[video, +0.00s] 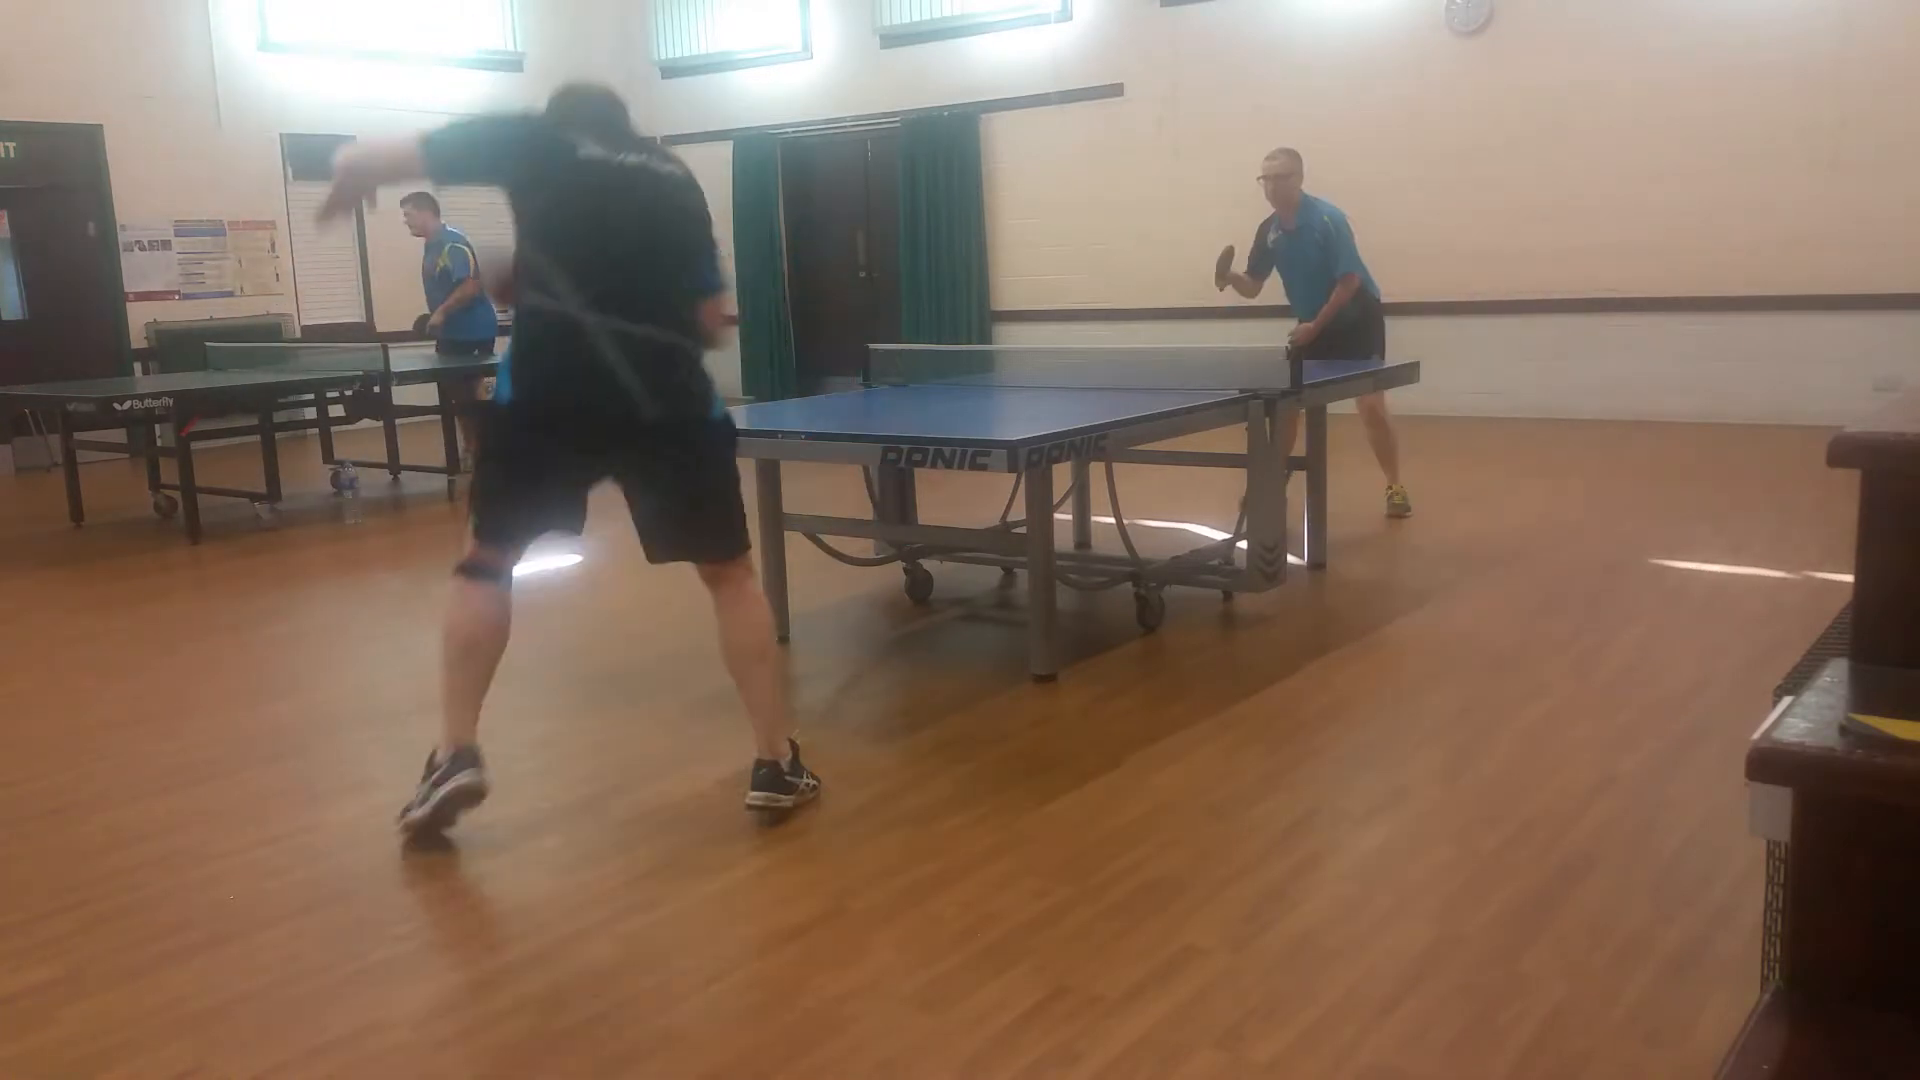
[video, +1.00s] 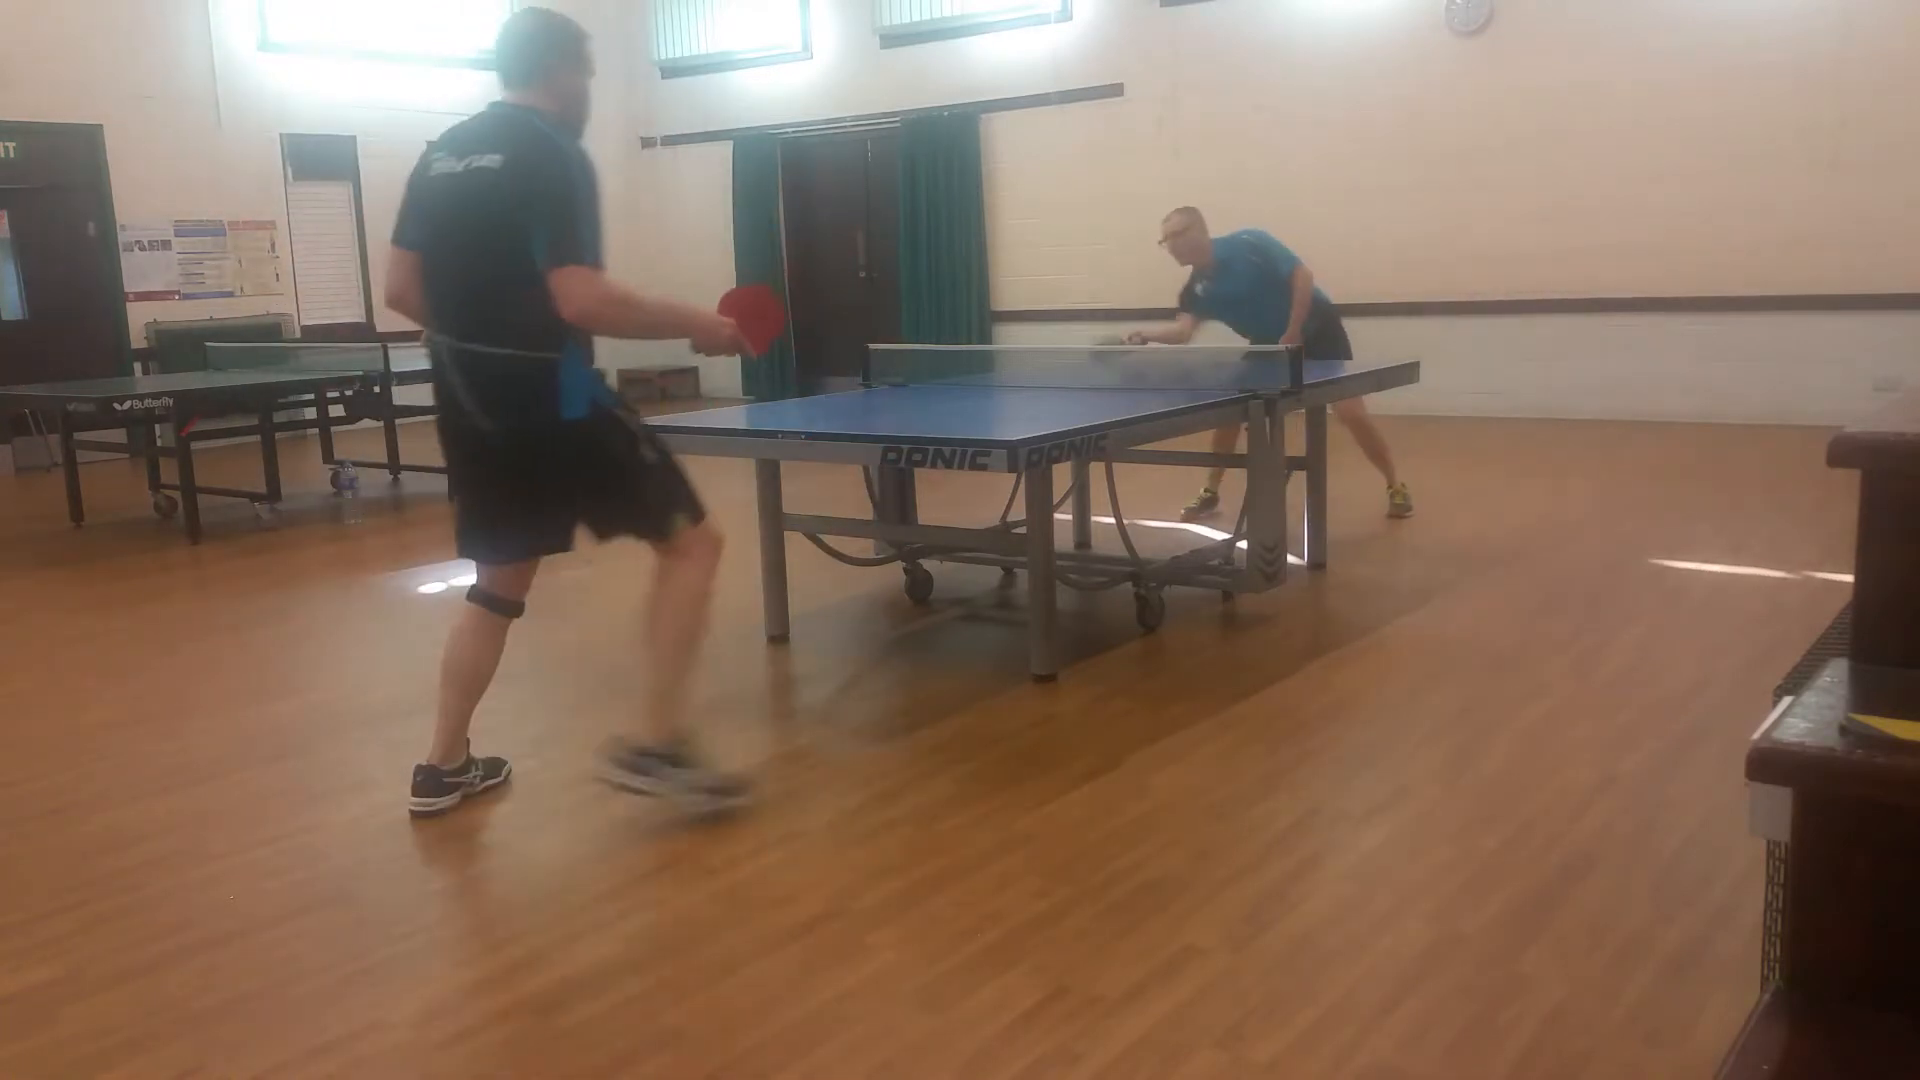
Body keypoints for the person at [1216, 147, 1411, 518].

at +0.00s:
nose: (1268, 187)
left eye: (1276, 179)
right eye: (1264, 180)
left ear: (1296, 179)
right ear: (1261, 184)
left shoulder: (1328, 219)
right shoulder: (1269, 231)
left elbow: (1350, 281)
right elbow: (1251, 287)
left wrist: (1314, 326)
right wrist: (1231, 275)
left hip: (1357, 316)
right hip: (1312, 322)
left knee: (1370, 406)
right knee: (1286, 404)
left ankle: (1394, 485)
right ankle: (1271, 488)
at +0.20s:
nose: (1271, 189)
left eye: (1279, 181)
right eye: (1267, 182)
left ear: (1301, 181)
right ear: (1265, 185)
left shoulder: (1333, 222)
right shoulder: (1273, 231)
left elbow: (1354, 283)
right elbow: (1259, 289)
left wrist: (1324, 332)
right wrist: (1231, 284)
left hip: (1357, 317)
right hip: (1313, 322)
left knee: (1370, 406)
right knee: (1285, 403)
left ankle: (1394, 486)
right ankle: (1270, 488)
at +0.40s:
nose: (1263, 190)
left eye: (1270, 181)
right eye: (1259, 183)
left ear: (1292, 181)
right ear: (1258, 187)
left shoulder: (1330, 221)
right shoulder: (1269, 236)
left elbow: (1354, 284)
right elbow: (1260, 296)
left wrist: (1325, 333)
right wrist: (1224, 304)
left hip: (1356, 319)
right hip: (1310, 325)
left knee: (1368, 408)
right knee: (1280, 406)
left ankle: (1394, 485)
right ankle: (1267, 489)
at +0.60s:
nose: (1237, 210)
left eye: (1243, 201)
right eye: (1234, 203)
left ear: (1268, 199)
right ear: (1235, 207)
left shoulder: (1312, 228)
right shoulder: (1259, 255)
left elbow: (1348, 285)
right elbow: (1268, 314)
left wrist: (1322, 336)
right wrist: (1235, 318)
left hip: (1351, 323)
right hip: (1306, 330)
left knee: (1365, 414)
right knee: (1265, 403)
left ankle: (1394, 486)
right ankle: (1230, 482)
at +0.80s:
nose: (1195, 241)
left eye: (1200, 231)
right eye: (1192, 234)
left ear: (1223, 227)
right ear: (1196, 238)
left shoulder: (1271, 243)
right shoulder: (1228, 285)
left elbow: (1323, 285)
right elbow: (1256, 336)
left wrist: (1308, 346)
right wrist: (1215, 328)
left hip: (1331, 338)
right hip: (1283, 349)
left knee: (1354, 420)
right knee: (1238, 416)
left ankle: (1393, 487)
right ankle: (1211, 492)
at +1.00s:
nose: (1171, 247)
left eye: (1176, 237)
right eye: (1167, 241)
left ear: (1200, 231)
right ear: (1168, 248)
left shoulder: (1249, 243)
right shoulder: (1195, 291)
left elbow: (1302, 277)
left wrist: (1293, 332)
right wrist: (1148, 335)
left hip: (1317, 329)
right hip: (1269, 345)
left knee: (1350, 413)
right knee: (1228, 409)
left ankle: (1395, 485)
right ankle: (1210, 493)